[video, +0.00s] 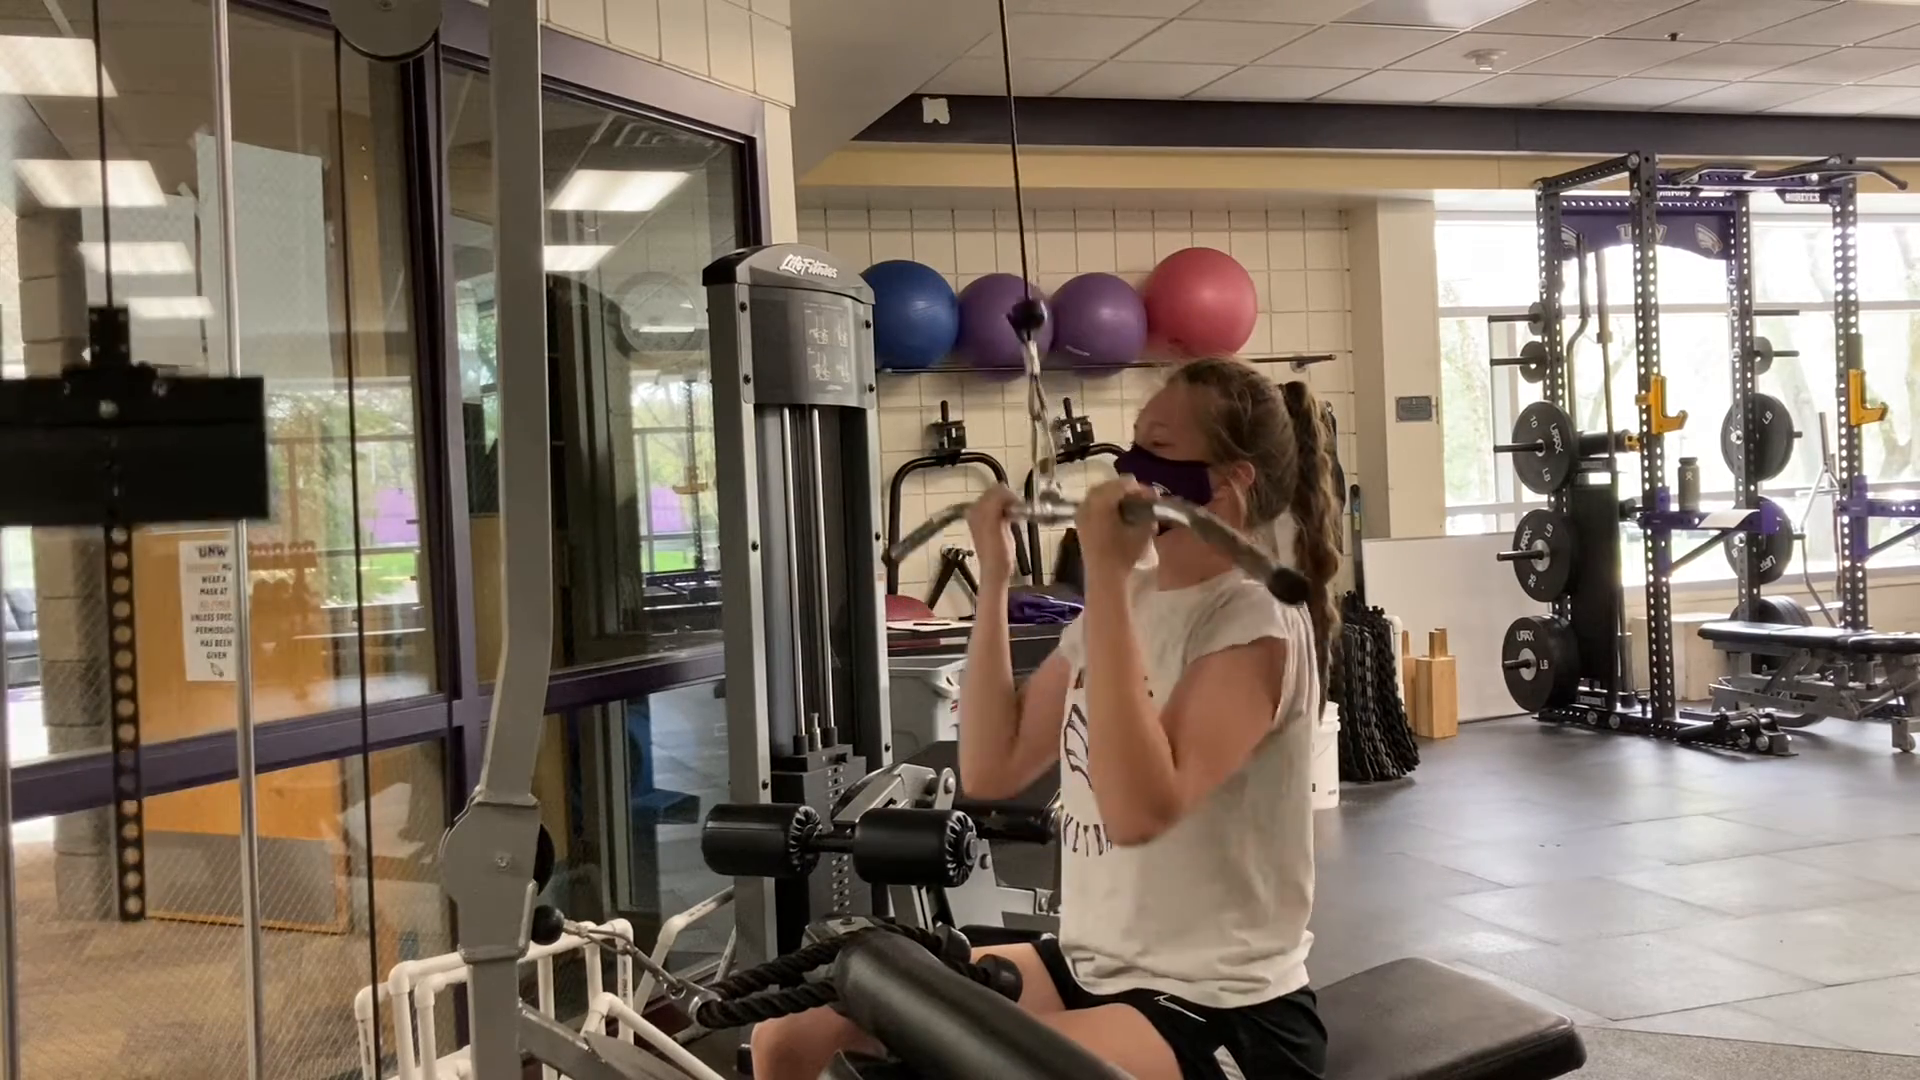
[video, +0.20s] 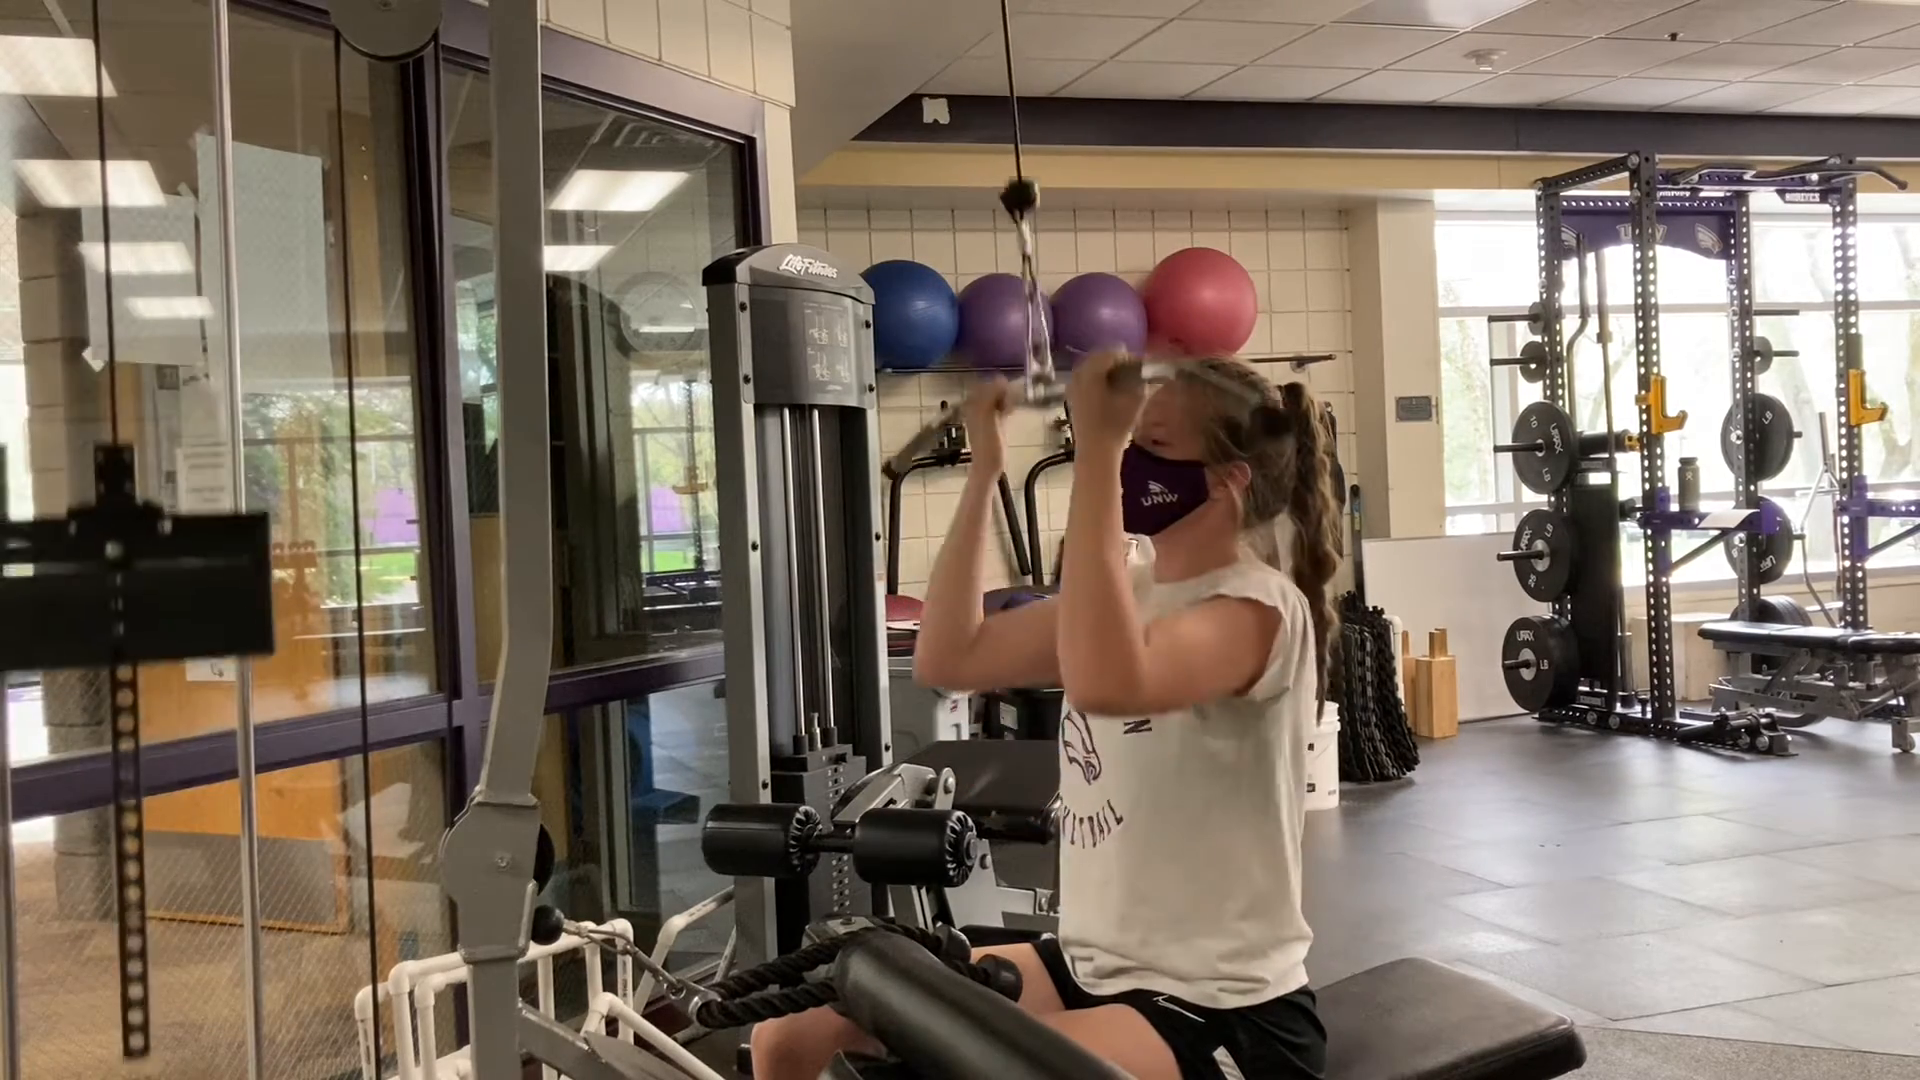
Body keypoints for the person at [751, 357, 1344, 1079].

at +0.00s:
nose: (1129, 470)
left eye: (1157, 455)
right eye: (1133, 450)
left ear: (1235, 486)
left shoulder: (1260, 620)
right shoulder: (1115, 610)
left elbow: (1138, 812)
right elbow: (989, 773)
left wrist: (1108, 580)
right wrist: (994, 584)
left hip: (1223, 1005)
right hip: (1095, 965)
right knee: (788, 1039)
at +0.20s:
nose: (1123, 468)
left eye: (1155, 451)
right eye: (1126, 447)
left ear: (1230, 483)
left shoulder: (1259, 606)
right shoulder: (1124, 583)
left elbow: (1103, 680)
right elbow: (947, 660)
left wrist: (1096, 453)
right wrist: (984, 471)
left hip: (1224, 1006)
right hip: (1094, 964)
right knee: (788, 1042)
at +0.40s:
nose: (1121, 465)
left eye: (1151, 452)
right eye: (1127, 448)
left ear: (1229, 482)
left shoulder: (1261, 602)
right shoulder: (1119, 581)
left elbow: (1098, 578)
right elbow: (945, 575)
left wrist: (1095, 342)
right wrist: (978, 382)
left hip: (1227, 1011)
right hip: (1092, 963)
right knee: (792, 1039)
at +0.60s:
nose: (1131, 451)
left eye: (1157, 441)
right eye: (1131, 434)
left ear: (1226, 481)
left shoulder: (1251, 593)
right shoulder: (1106, 572)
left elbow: (1099, 452)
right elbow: (962, 481)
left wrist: (1100, 217)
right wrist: (981, 278)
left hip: (1222, 1013)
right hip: (1088, 967)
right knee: (788, 1041)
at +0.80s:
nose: (1125, 449)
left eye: (1153, 425)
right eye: (1127, 428)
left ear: (1222, 455)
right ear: (1140, 443)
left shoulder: (1245, 582)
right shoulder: (1107, 561)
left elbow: (1143, 377)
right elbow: (996, 412)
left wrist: (1108, 112)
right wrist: (980, 191)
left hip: (1224, 1007)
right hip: (1093, 967)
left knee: (979, 1074)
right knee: (791, 1042)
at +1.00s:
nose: (1133, 433)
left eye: (1166, 409)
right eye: (1139, 412)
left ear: (1221, 451)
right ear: (1146, 438)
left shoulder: (1236, 584)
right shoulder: (1104, 552)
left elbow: (1150, 354)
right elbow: (1016, 361)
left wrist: (1109, 80)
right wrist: (977, 151)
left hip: (1224, 1009)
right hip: (1099, 968)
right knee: (794, 1038)